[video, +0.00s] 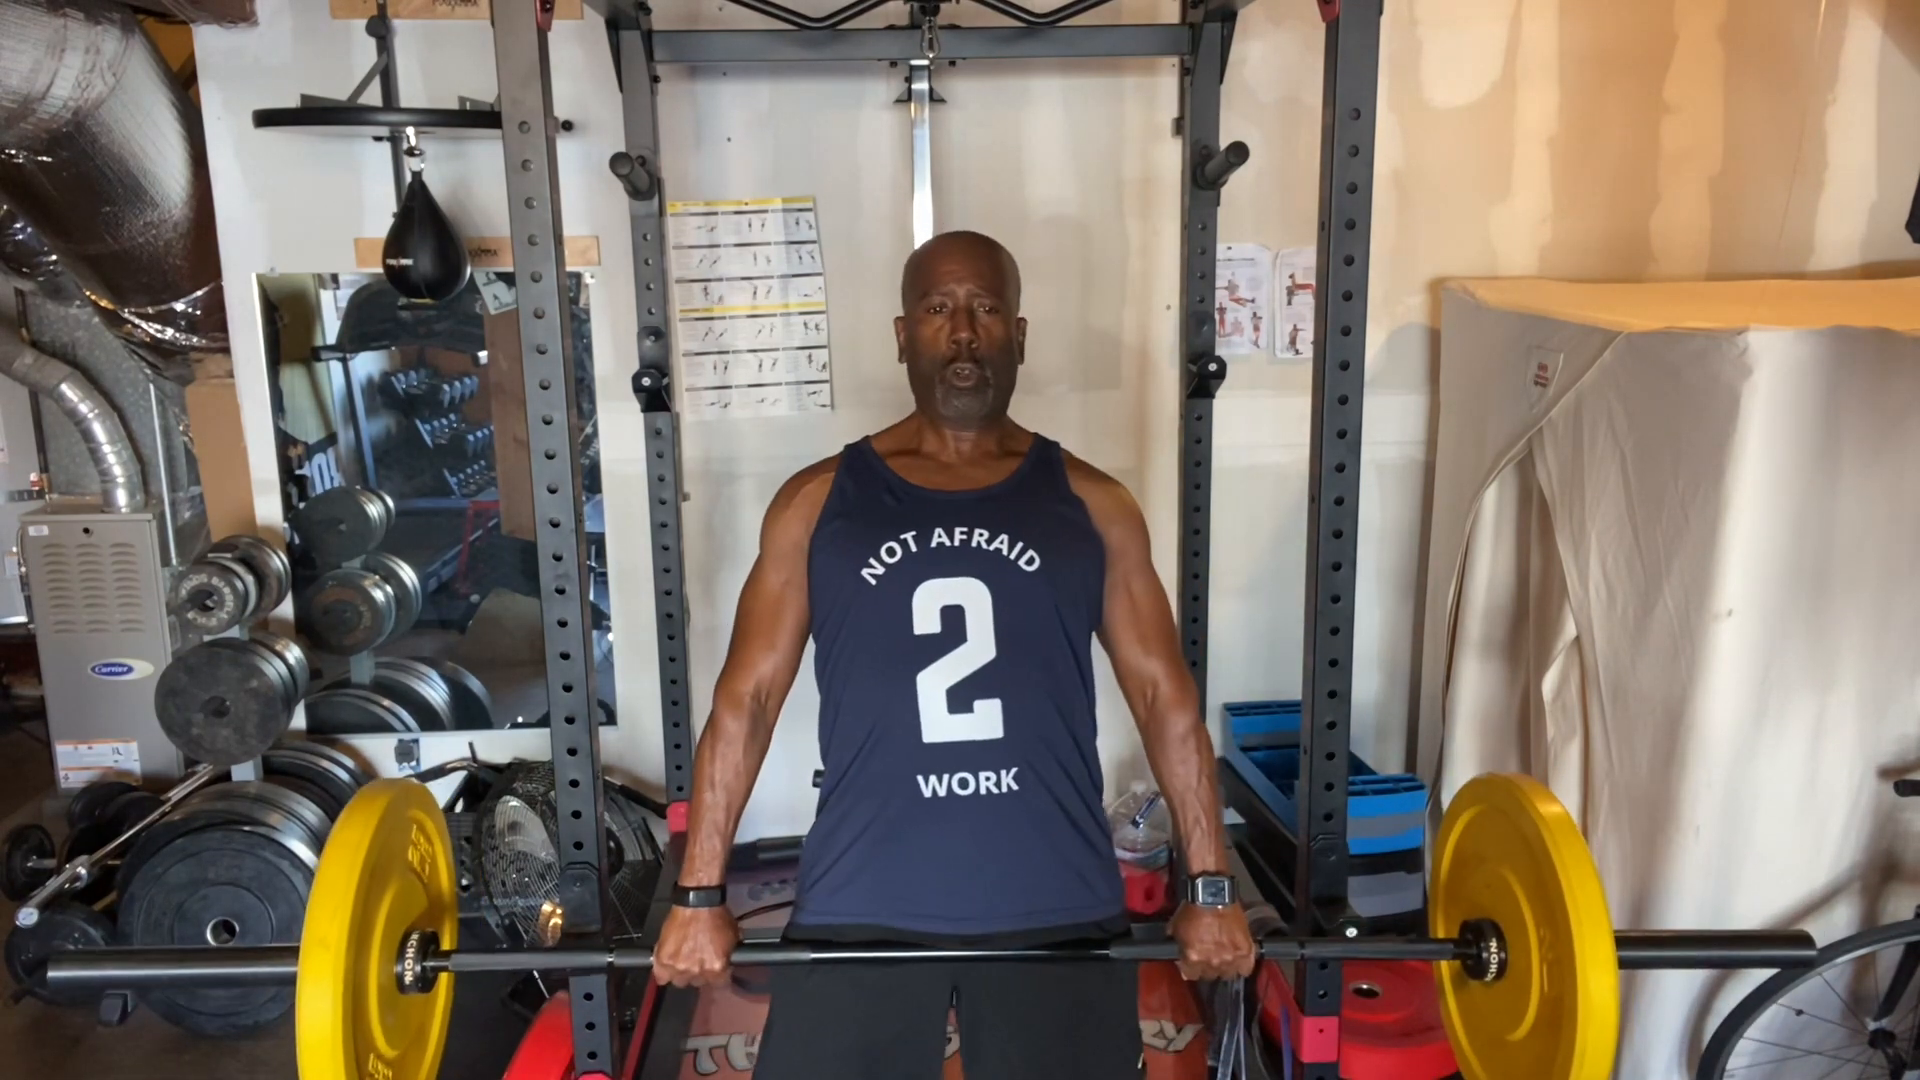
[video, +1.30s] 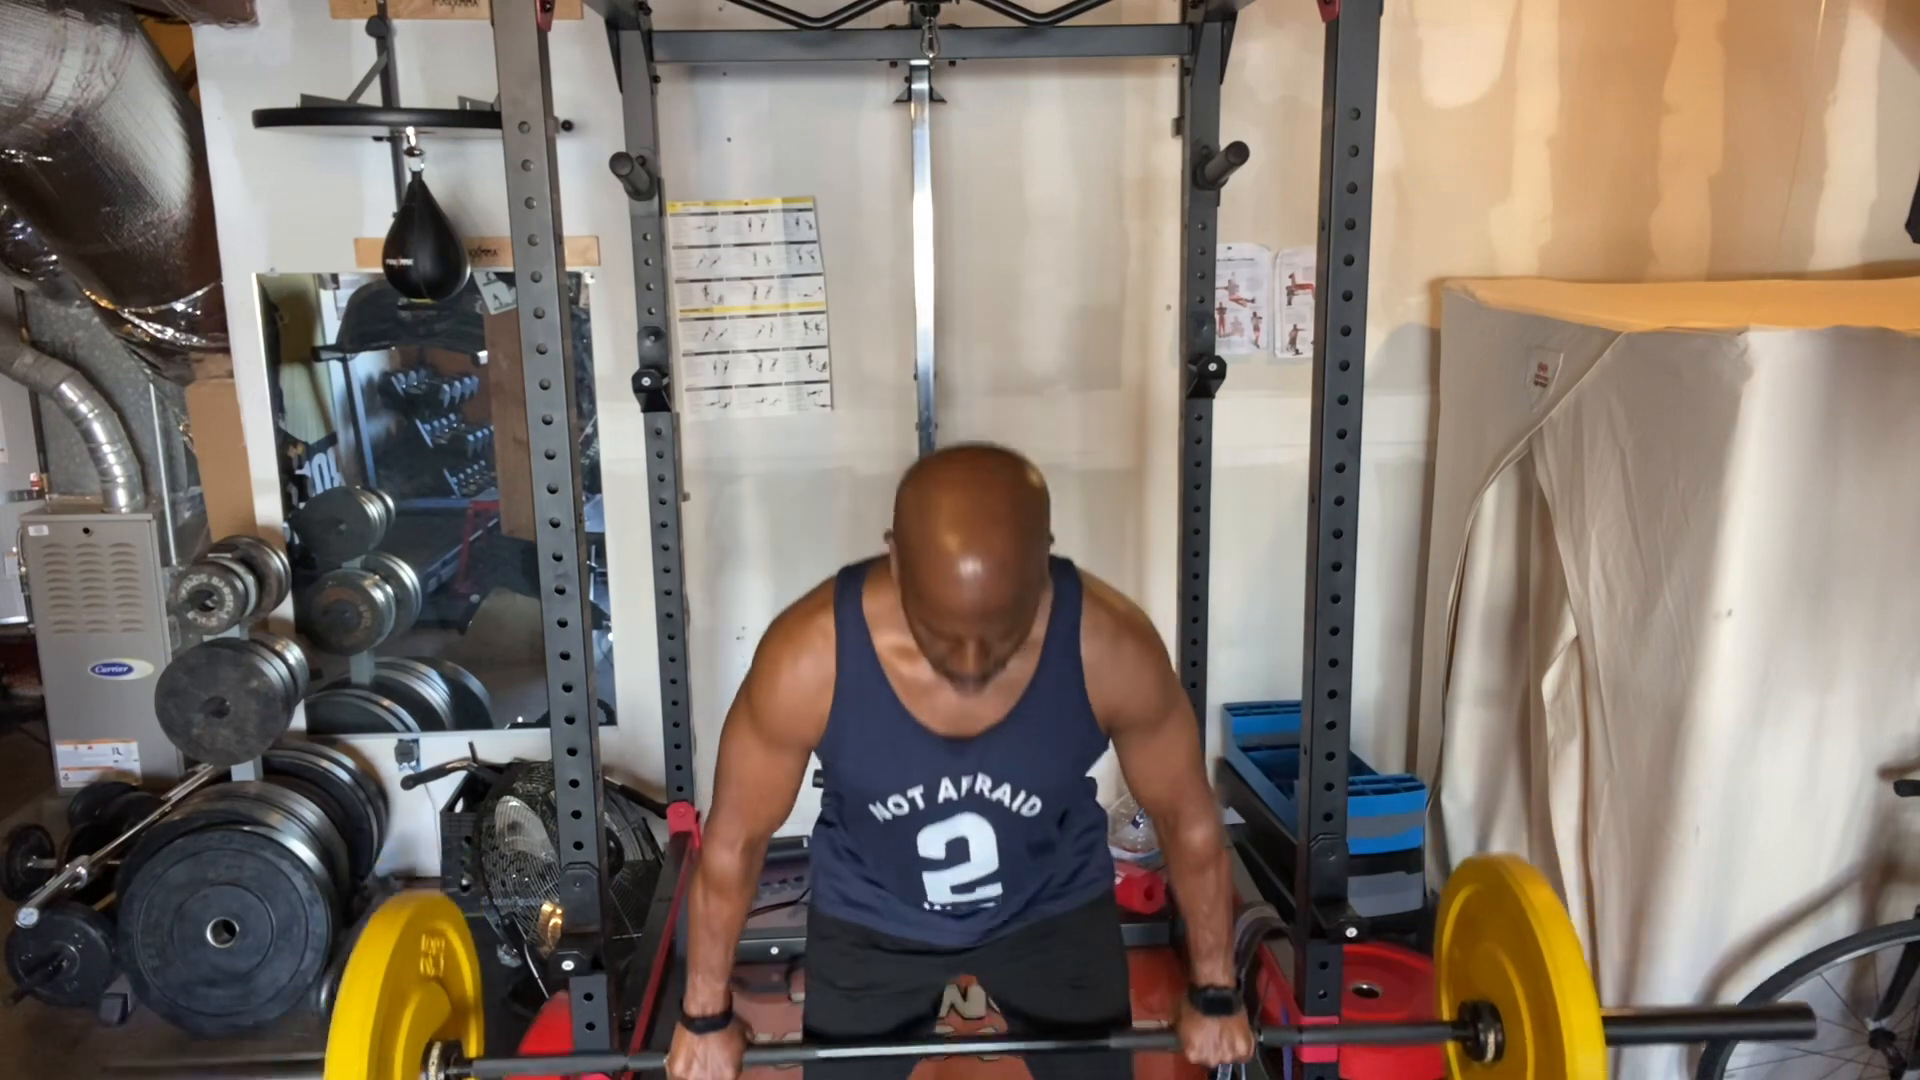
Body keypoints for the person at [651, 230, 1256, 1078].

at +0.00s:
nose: (963, 327)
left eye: (985, 308)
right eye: (938, 309)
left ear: (1020, 337)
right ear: (904, 340)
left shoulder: (1095, 505)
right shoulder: (816, 502)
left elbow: (1164, 696)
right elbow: (748, 698)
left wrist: (1211, 884)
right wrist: (698, 891)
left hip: (1056, 927)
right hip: (861, 929)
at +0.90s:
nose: (950, 434)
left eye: (978, 400)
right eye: (922, 399)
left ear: (1024, 367)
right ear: (888, 365)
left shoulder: (1099, 519)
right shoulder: (809, 523)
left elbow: (1176, 706)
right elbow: (741, 721)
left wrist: (1213, 885)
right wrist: (706, 904)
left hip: (1053, 909)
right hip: (866, 913)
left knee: (1075, 1063)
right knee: (847, 1065)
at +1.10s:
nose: (966, 554)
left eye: (994, 523)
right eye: (936, 522)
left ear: (1037, 460)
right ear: (892, 461)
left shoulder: (1107, 580)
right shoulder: (807, 585)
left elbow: (1185, 753)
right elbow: (735, 775)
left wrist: (1213, 924)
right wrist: (706, 946)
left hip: (1050, 895)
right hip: (872, 899)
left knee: (1093, 1067)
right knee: (841, 1069)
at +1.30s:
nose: (971, 664)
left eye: (999, 637)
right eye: (940, 638)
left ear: (1042, 573)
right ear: (895, 568)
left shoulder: (1112, 650)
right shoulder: (807, 659)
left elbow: (1188, 819)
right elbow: (730, 845)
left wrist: (1215, 988)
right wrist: (704, 1013)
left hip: (1050, 906)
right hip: (872, 912)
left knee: (1092, 1069)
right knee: (846, 1072)